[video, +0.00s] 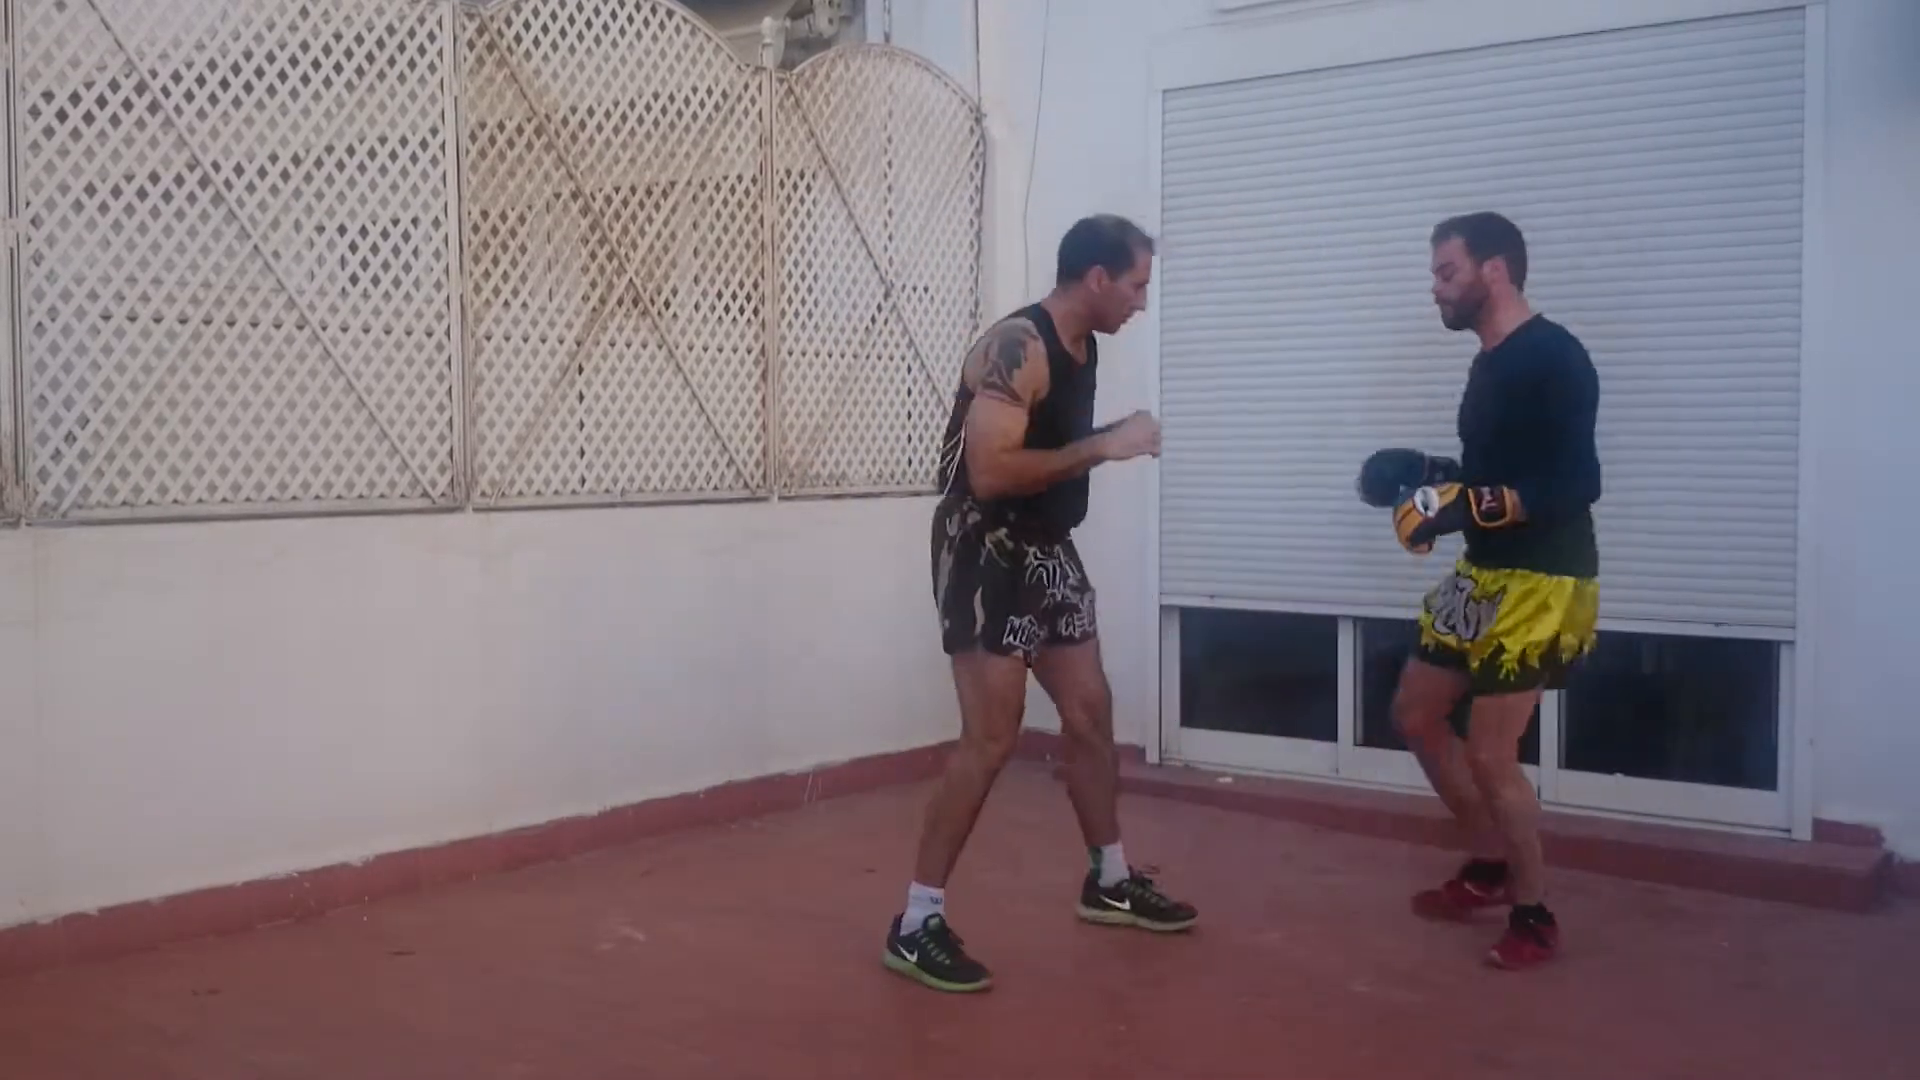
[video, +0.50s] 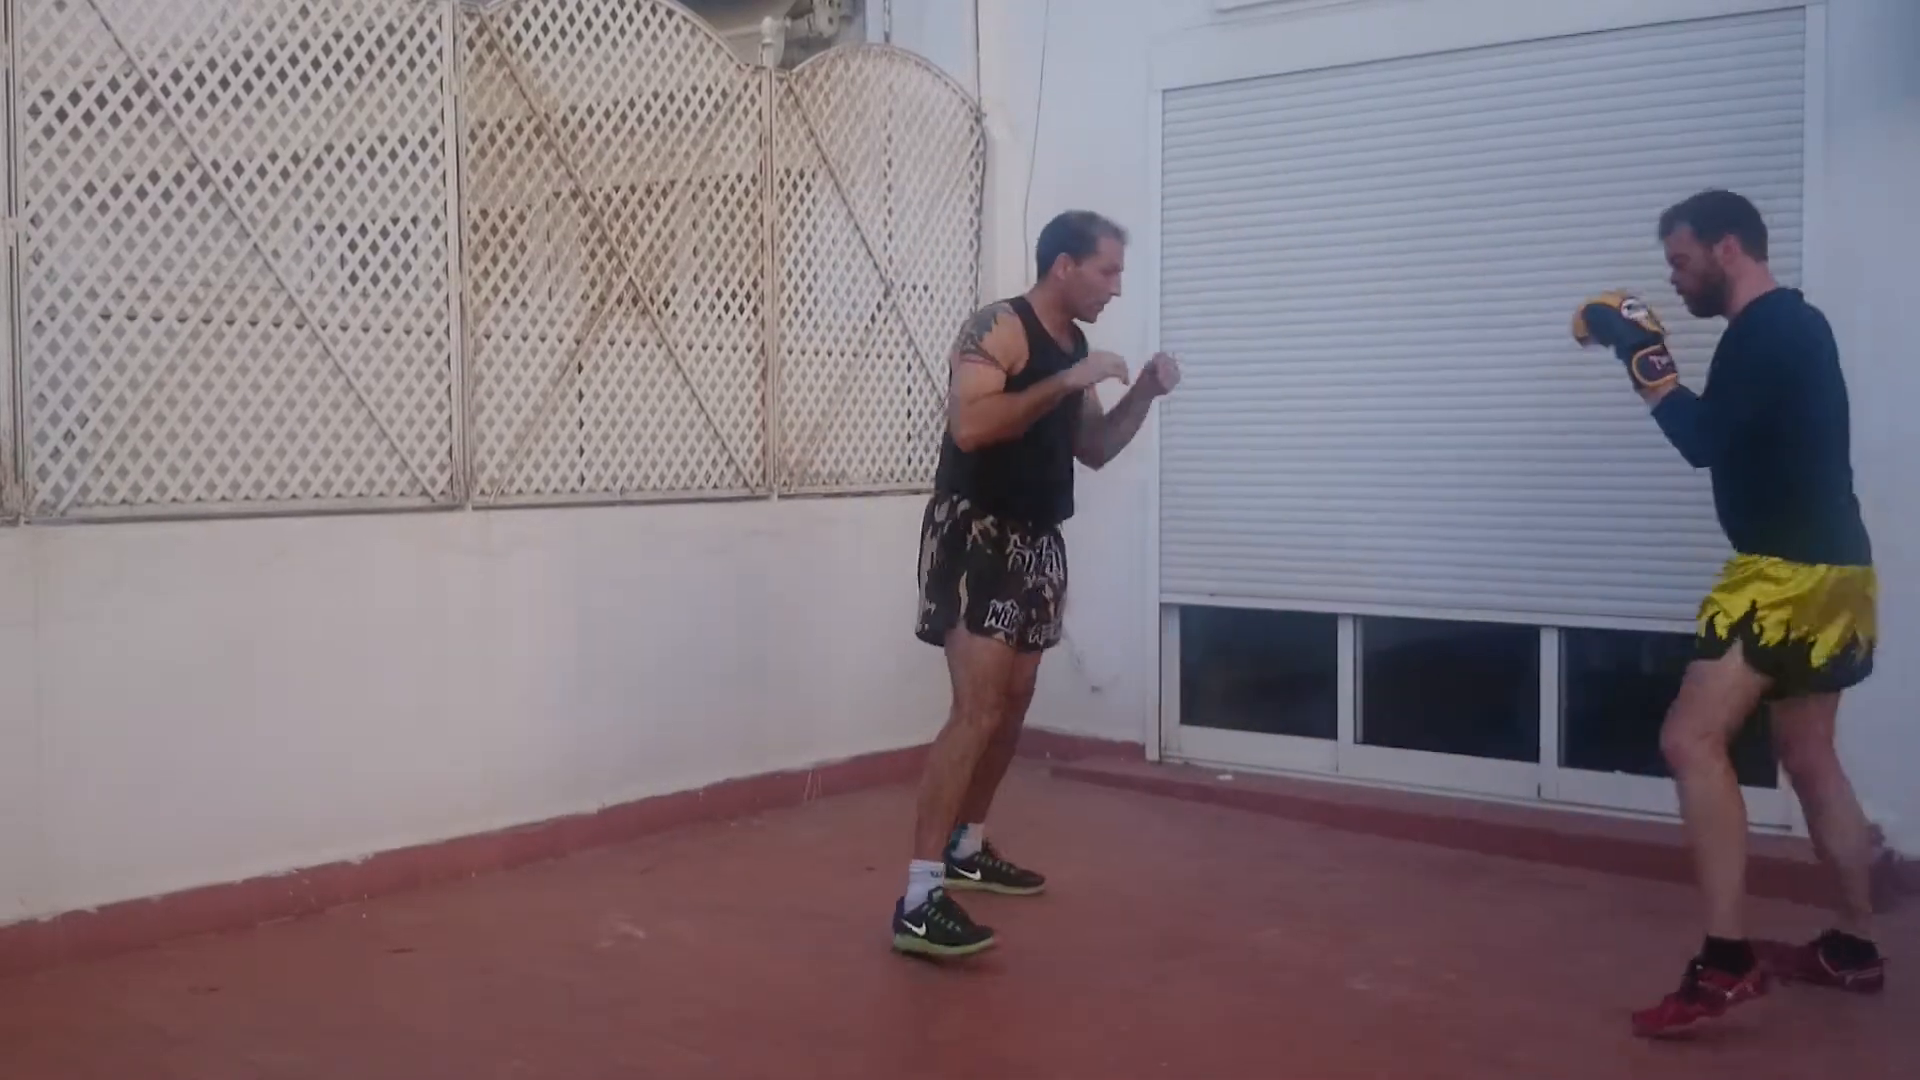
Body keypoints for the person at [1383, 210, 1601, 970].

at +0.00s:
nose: (1436, 287)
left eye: (1447, 271)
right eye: (1434, 274)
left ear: (1497, 271)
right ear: (1485, 276)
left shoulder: (1556, 357)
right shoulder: (1489, 363)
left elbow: (1579, 484)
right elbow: (1497, 472)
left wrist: (1476, 506)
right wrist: (1434, 476)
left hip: (1542, 578)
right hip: (1480, 570)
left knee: (1491, 754)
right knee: (1417, 717)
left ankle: (1534, 916)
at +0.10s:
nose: (1493, 291)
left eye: (1500, 274)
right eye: (1490, 277)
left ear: (1550, 264)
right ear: (1549, 269)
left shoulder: (1593, 350)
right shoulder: (1584, 345)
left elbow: (1578, 476)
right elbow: (1561, 461)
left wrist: (1472, 455)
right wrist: (1478, 438)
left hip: (1575, 573)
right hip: (1586, 569)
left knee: (1525, 743)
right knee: (1542, 738)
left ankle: (1537, 915)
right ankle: (1657, 875)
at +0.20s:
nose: (1548, 298)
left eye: (1555, 280)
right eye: (1543, 283)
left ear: (1604, 264)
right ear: (1600, 272)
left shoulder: (1666, 334)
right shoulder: (1610, 347)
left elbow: (1640, 433)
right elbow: (1537, 440)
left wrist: (1561, 404)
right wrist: (1492, 387)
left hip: (1643, 567)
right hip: (1644, 564)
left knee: (1554, 735)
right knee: (1651, 748)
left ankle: (1571, 916)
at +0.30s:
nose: (1603, 312)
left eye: (1610, 295)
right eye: (1599, 299)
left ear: (1658, 281)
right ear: (1661, 287)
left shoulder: (1704, 357)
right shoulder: (1675, 363)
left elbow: (1660, 438)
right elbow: (1572, 429)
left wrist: (1601, 378)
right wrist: (1542, 353)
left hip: (1710, 590)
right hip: (1744, 591)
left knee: (1568, 723)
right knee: (1739, 776)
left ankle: (1621, 913)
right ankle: (1843, 947)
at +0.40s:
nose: (1645, 308)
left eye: (1653, 291)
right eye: (1643, 295)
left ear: (1705, 283)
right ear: (1707, 288)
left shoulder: (1742, 362)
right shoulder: (1756, 355)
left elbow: (1634, 444)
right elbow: (1680, 452)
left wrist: (1605, 354)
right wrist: (1642, 391)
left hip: (1758, 598)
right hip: (1792, 596)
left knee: (1621, 734)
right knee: (1754, 782)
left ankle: (1658, 947)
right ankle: (1844, 952)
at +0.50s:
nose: (1674, 279)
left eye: (1680, 261)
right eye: (1671, 264)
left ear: (1728, 249)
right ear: (1740, 250)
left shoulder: (1760, 332)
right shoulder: (1799, 324)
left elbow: (1714, 446)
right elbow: (1737, 437)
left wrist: (1656, 380)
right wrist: (1661, 370)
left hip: (1781, 572)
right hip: (1834, 570)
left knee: (1690, 740)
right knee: (1810, 762)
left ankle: (1726, 960)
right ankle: (1859, 944)